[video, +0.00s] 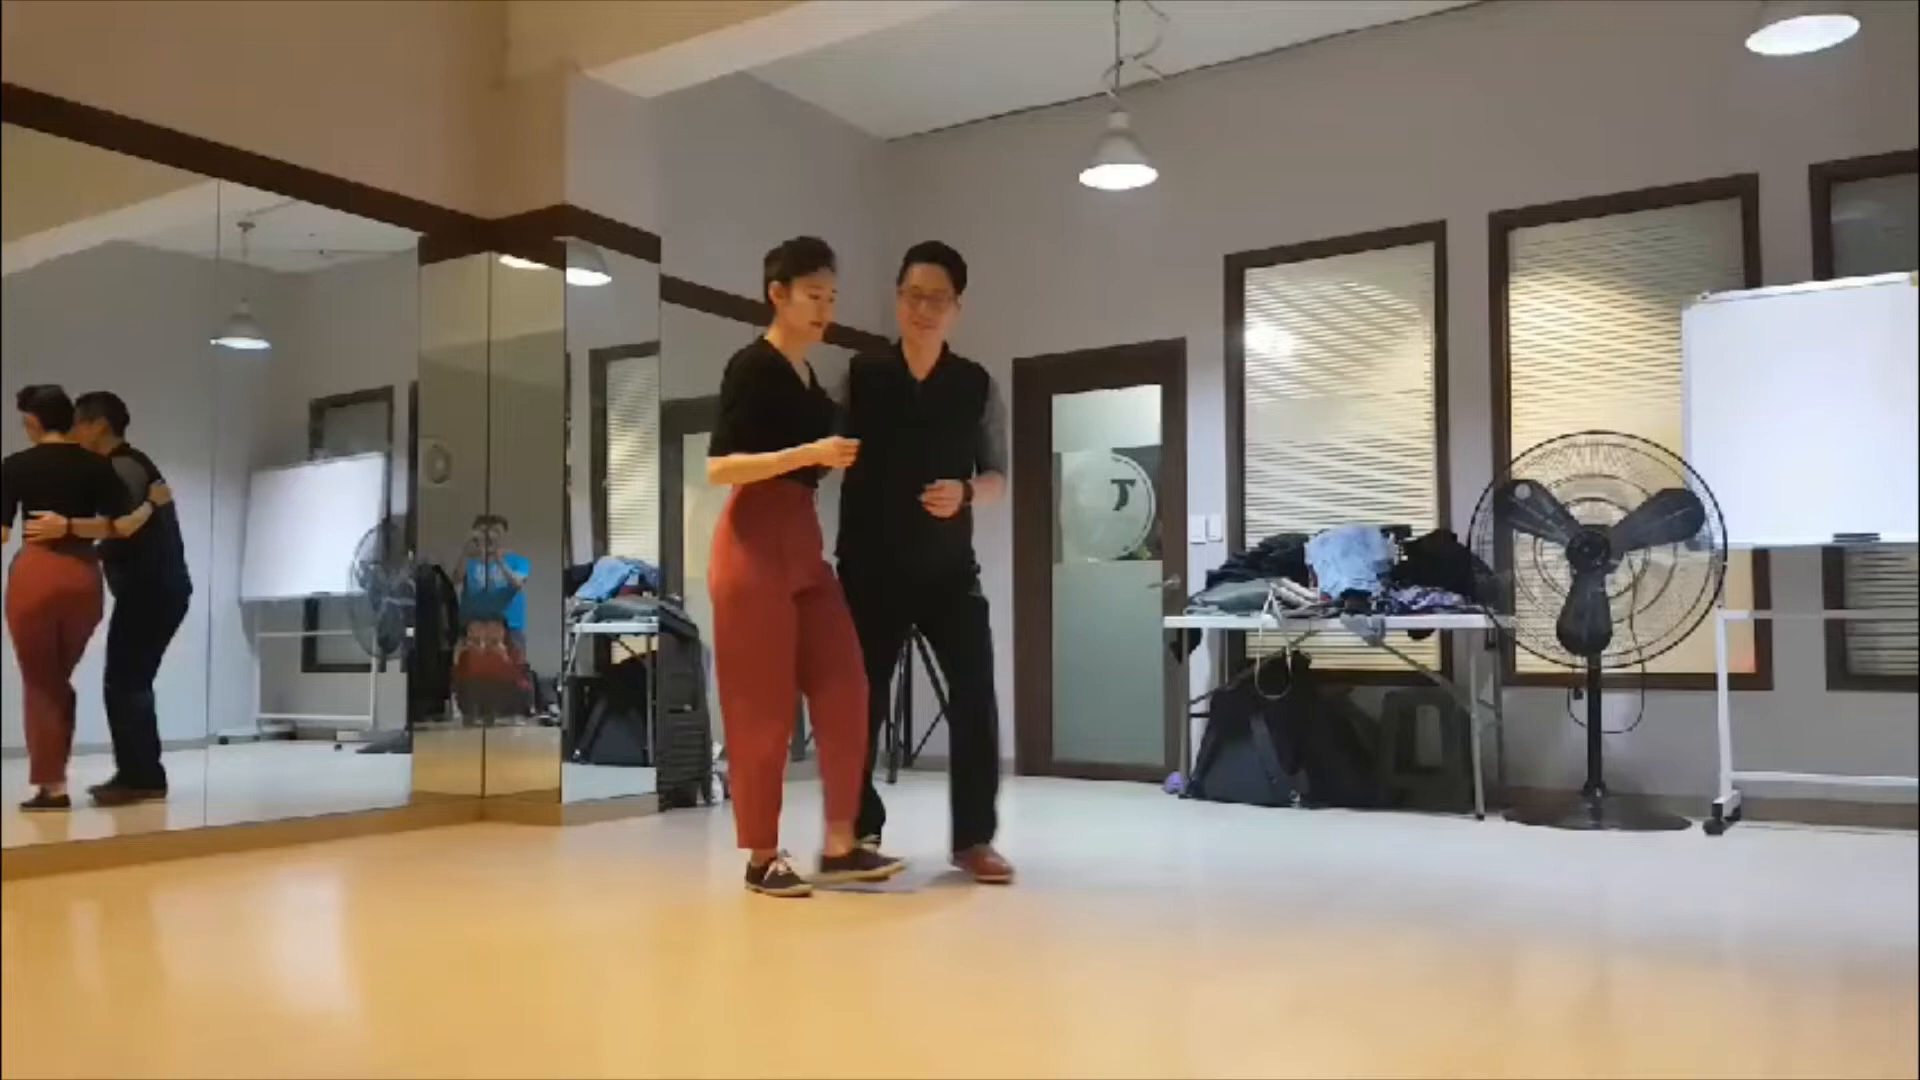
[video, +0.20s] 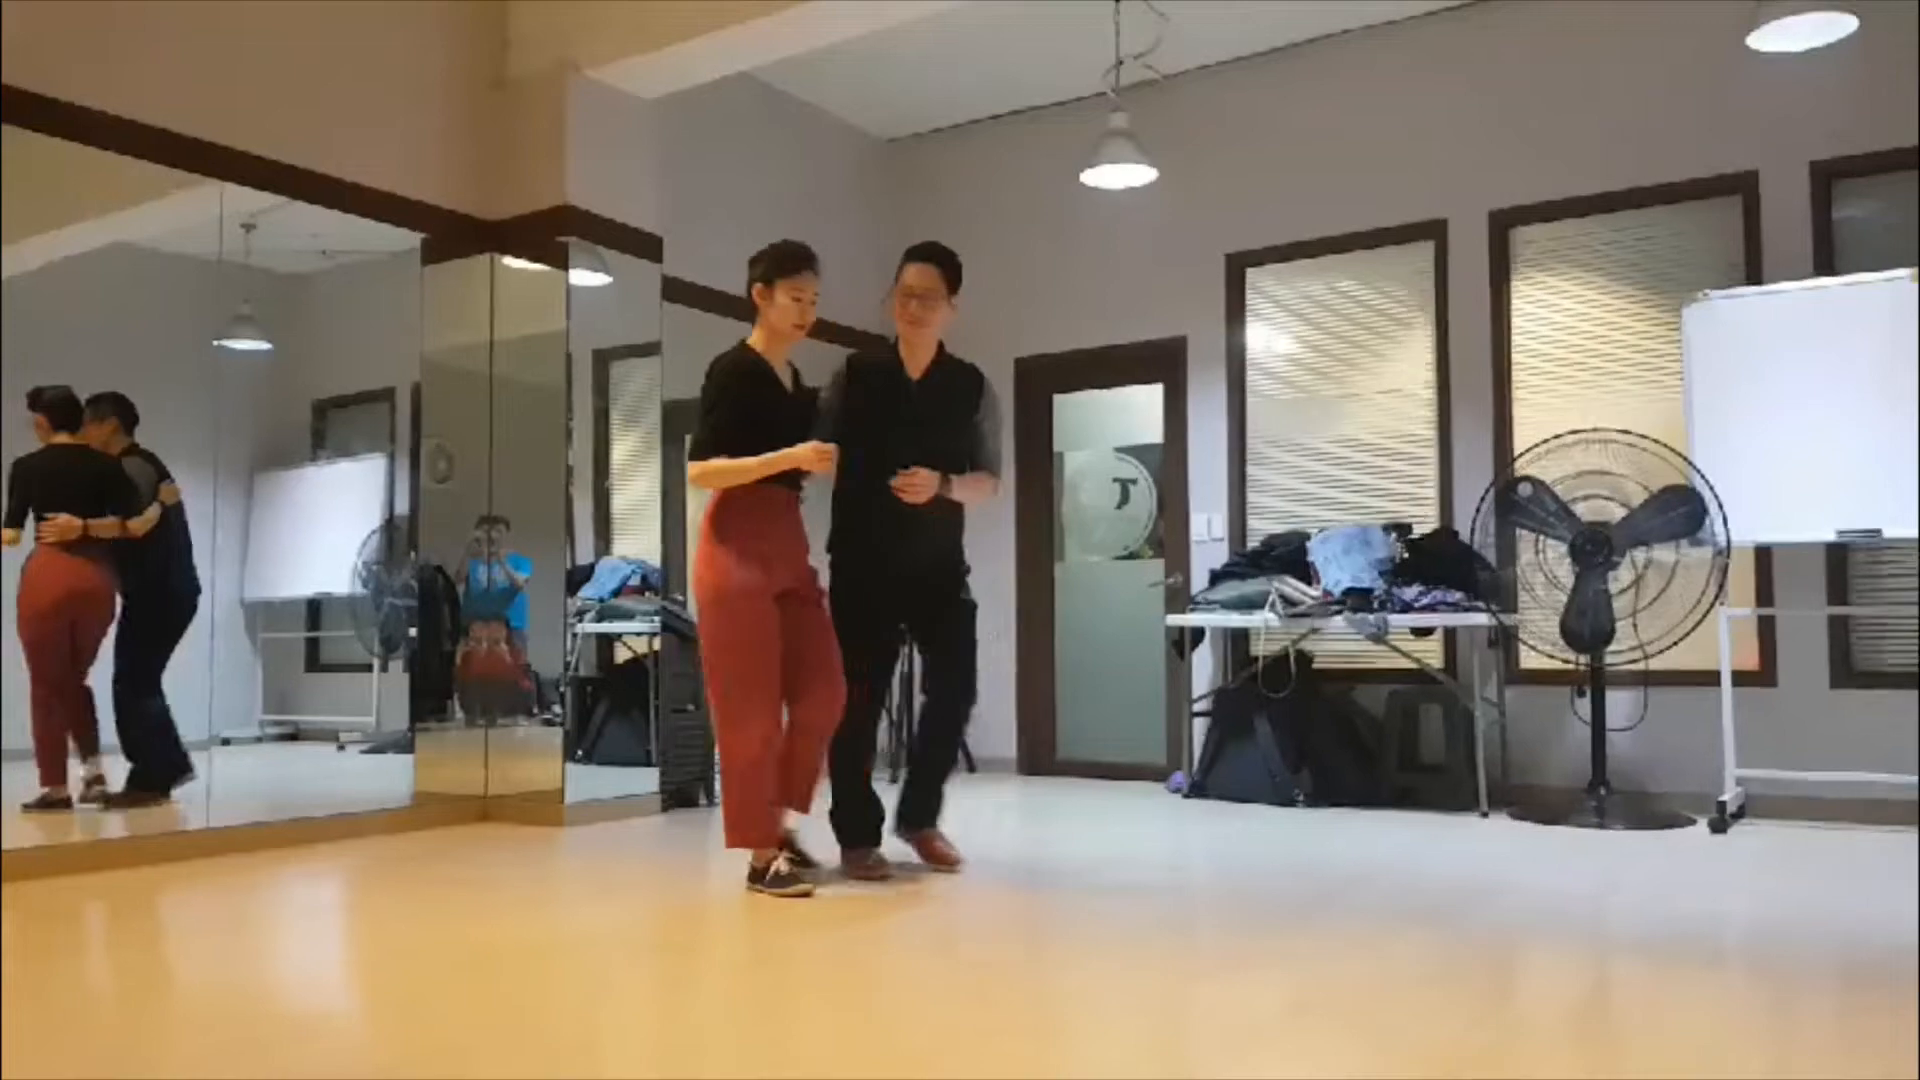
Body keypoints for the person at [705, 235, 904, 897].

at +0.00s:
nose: (825, 307)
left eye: (830, 295)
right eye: (813, 294)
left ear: (830, 301)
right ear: (778, 294)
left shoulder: (808, 377)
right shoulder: (751, 366)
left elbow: (790, 463)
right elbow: (719, 467)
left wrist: (828, 458)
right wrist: (810, 452)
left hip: (802, 547)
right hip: (751, 548)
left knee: (845, 688)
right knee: (763, 700)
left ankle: (841, 845)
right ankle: (763, 856)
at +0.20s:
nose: (806, 310)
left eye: (813, 298)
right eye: (795, 296)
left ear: (815, 304)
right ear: (759, 297)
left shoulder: (797, 384)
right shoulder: (731, 370)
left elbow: (778, 471)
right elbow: (701, 470)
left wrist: (817, 465)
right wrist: (789, 456)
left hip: (786, 550)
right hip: (734, 553)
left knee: (824, 692)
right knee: (749, 701)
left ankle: (775, 824)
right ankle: (762, 856)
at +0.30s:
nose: (797, 313)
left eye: (802, 302)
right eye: (784, 300)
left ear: (803, 307)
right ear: (749, 300)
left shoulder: (786, 385)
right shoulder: (719, 375)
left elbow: (773, 477)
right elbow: (689, 476)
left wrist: (808, 468)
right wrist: (777, 463)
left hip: (777, 554)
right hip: (725, 554)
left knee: (804, 698)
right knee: (744, 700)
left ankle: (740, 815)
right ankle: (762, 851)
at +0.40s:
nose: (788, 316)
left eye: (792, 305)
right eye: (776, 303)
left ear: (791, 309)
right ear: (739, 302)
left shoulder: (776, 385)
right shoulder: (708, 378)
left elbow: (762, 478)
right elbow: (681, 480)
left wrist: (795, 469)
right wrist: (766, 466)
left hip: (767, 553)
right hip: (715, 553)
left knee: (787, 703)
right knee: (740, 701)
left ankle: (705, 813)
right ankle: (764, 853)